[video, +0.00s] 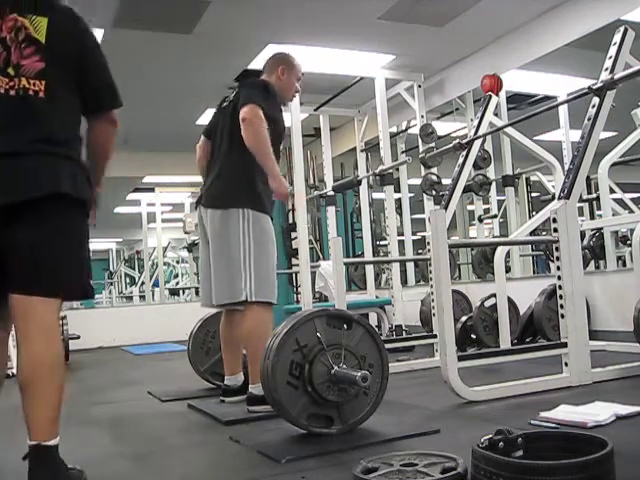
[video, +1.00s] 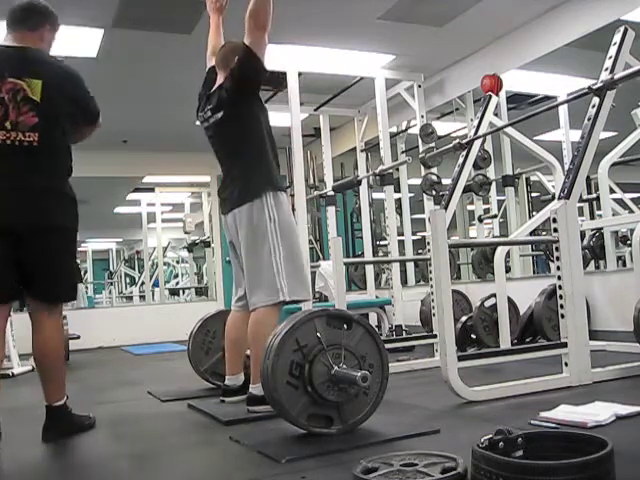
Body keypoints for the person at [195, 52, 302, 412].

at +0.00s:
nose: (297, 91)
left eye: (299, 84)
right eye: (296, 82)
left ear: (271, 70)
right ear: (281, 72)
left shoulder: (231, 98)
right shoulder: (261, 88)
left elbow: (203, 148)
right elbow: (250, 119)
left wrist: (213, 188)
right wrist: (275, 174)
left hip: (216, 203)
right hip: (243, 202)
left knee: (233, 300)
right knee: (259, 299)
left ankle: (233, 382)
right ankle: (259, 388)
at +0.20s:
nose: (302, 94)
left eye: (303, 88)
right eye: (301, 86)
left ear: (275, 79)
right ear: (285, 79)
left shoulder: (238, 108)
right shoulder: (266, 100)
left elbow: (213, 161)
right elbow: (260, 142)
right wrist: (283, 203)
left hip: (209, 206)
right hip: (235, 208)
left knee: (231, 299)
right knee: (258, 298)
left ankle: (233, 382)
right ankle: (260, 388)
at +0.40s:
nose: (272, 76)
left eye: (272, 69)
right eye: (270, 68)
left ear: (239, 66)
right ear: (256, 62)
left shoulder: (220, 103)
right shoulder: (250, 94)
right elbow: (284, 132)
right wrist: (340, 148)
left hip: (222, 210)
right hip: (249, 210)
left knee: (234, 300)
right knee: (262, 298)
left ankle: (233, 382)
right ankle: (260, 389)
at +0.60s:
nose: (253, 68)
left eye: (252, 63)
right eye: (250, 61)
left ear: (219, 66)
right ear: (235, 60)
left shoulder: (208, 102)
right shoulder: (238, 90)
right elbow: (292, 66)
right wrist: (330, 28)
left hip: (227, 208)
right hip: (254, 204)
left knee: (245, 299)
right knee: (266, 299)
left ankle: (233, 383)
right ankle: (259, 389)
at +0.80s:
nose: (255, 68)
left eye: (253, 63)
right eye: (253, 63)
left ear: (220, 65)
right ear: (241, 64)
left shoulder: (208, 97)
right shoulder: (240, 86)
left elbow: (226, 36)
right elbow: (265, 27)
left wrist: (231, 7)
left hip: (232, 203)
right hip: (258, 198)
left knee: (245, 296)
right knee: (268, 296)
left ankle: (233, 382)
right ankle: (260, 389)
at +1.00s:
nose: (257, 66)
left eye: (255, 62)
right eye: (253, 62)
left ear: (219, 69)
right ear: (245, 67)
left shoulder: (208, 101)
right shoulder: (242, 87)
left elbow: (213, 57)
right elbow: (258, 27)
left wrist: (214, 17)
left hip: (233, 205)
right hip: (260, 199)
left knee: (243, 300)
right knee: (267, 299)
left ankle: (233, 383)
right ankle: (261, 389)